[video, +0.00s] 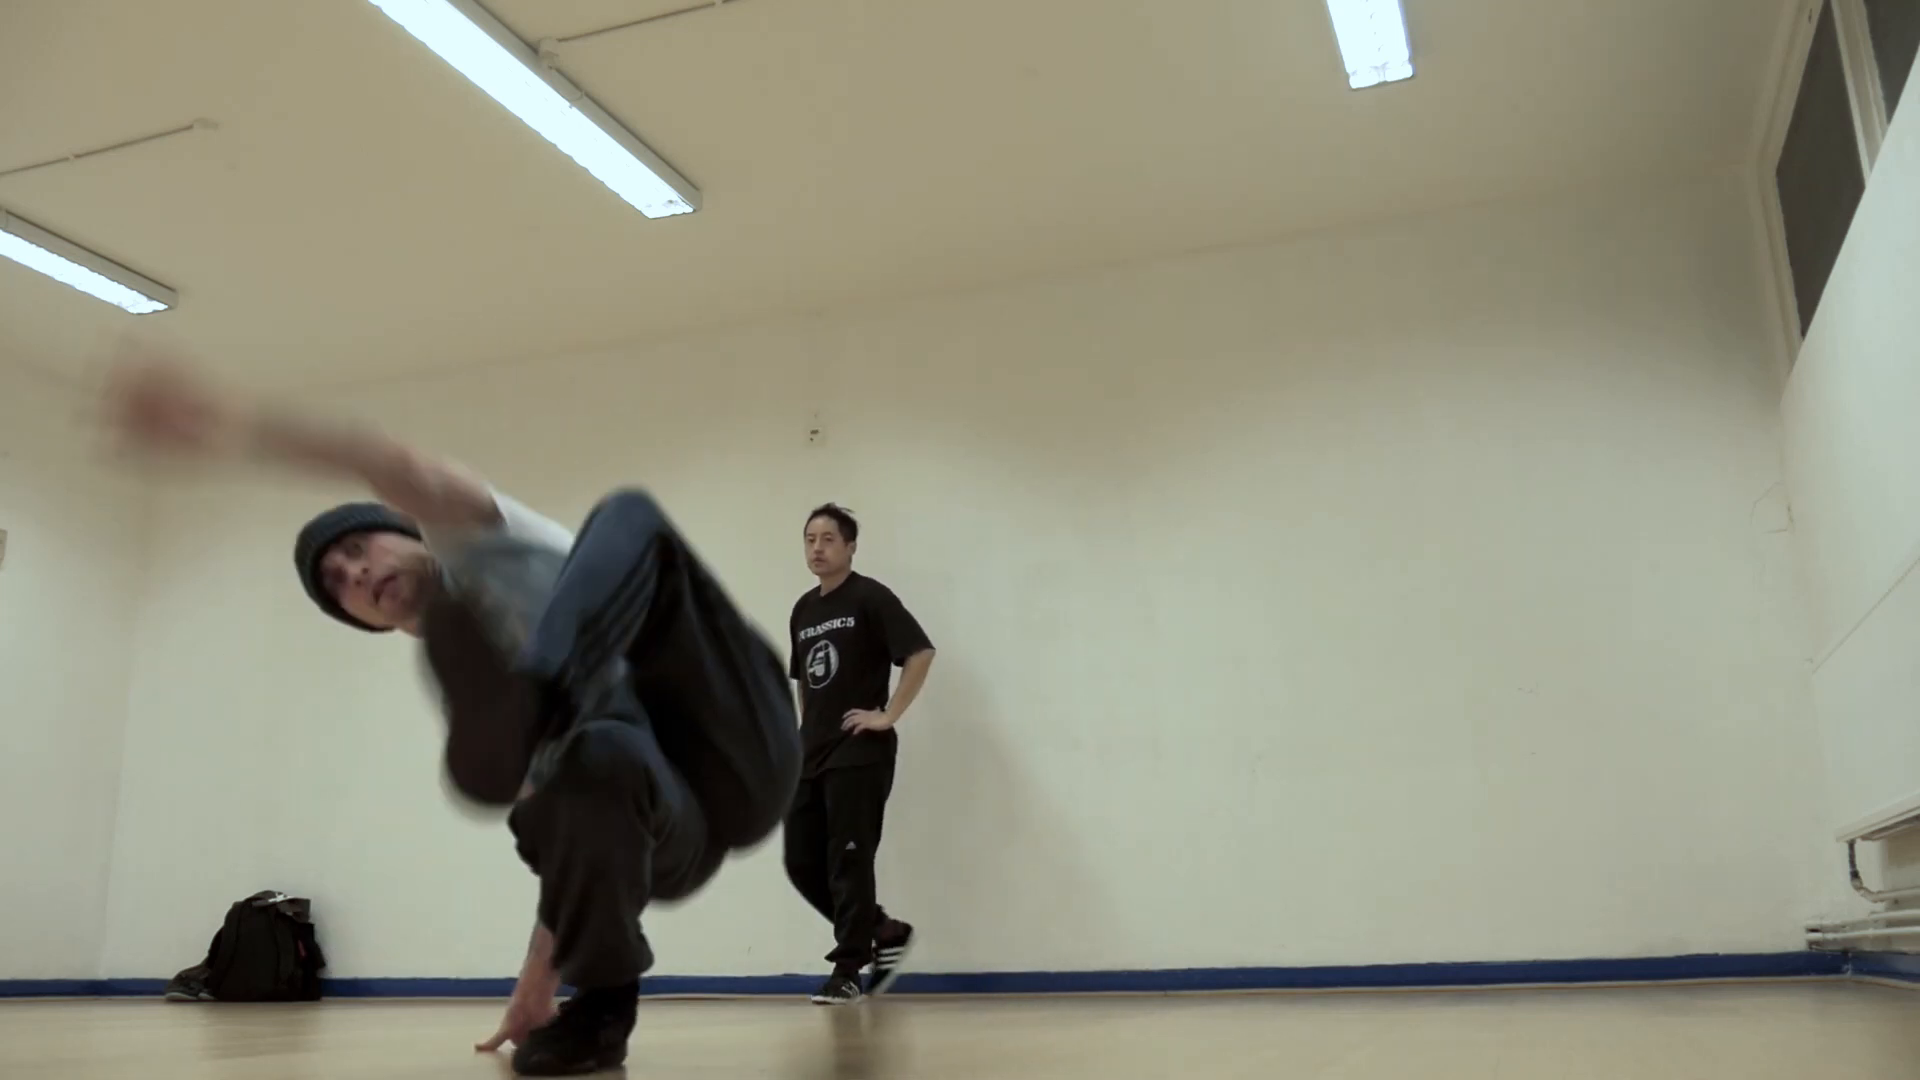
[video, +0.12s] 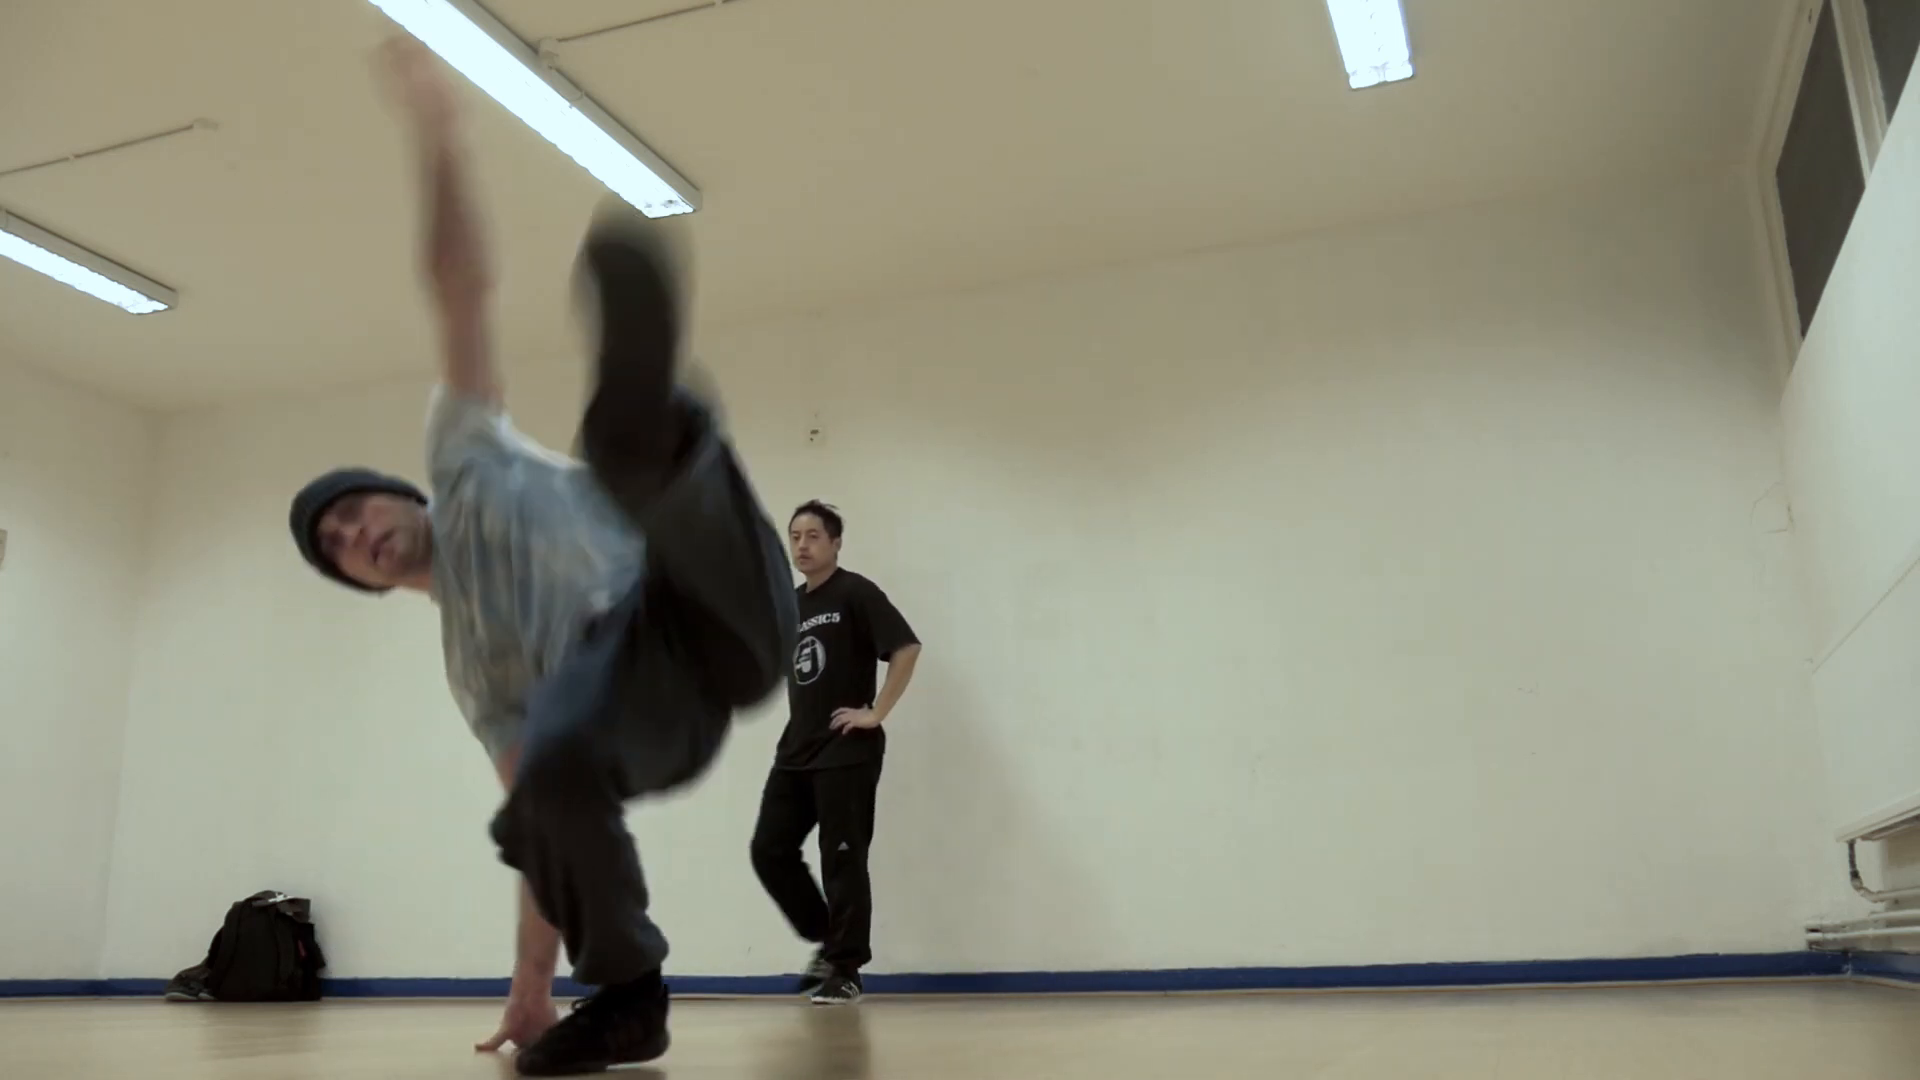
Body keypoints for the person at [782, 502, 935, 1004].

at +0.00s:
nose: (817, 547)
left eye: (828, 539)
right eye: (810, 539)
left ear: (850, 546)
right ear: (804, 547)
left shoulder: (871, 598)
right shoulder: (803, 610)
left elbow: (921, 653)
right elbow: (803, 682)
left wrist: (890, 715)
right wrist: (807, 731)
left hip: (860, 746)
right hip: (814, 750)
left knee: (849, 856)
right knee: (802, 863)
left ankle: (849, 970)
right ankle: (887, 934)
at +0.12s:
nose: (803, 544)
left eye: (813, 536)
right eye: (796, 537)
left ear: (835, 542)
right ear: (790, 545)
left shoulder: (856, 592)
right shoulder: (790, 603)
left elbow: (906, 648)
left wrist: (878, 712)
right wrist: (801, 713)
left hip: (847, 744)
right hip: (799, 745)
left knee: (843, 855)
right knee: (771, 851)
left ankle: (845, 972)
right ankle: (829, 940)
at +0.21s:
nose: (790, 544)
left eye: (800, 535)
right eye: (783, 535)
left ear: (823, 542)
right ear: (777, 545)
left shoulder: (845, 591)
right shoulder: (779, 607)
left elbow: (895, 646)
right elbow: (795, 672)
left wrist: (869, 713)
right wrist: (793, 720)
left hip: (840, 746)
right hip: (790, 747)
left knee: (839, 855)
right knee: (756, 849)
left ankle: (846, 973)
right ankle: (784, 961)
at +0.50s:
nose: (735, 542)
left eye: (745, 533)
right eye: (728, 534)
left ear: (767, 540)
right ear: (719, 544)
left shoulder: (793, 588)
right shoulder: (720, 609)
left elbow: (849, 643)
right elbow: (725, 676)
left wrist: (827, 712)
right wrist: (729, 724)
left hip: (794, 753)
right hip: (737, 755)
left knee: (814, 859)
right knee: (721, 860)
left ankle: (841, 969)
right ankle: (708, 973)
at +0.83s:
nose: (679, 537)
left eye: (689, 528)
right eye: (671, 530)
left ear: (710, 536)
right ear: (662, 542)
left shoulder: (747, 582)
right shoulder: (662, 608)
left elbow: (807, 634)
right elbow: (662, 675)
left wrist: (792, 704)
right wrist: (679, 728)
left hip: (754, 743)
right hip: (698, 749)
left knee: (756, 849)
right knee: (699, 849)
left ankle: (781, 950)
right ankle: (706, 969)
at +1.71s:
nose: (741, 545)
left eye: (751, 536)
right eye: (733, 538)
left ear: (770, 545)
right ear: (724, 549)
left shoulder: (806, 596)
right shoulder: (712, 613)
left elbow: (862, 650)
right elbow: (697, 672)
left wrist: (842, 722)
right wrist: (718, 730)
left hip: (804, 747)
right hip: (741, 752)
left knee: (821, 850)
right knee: (735, 854)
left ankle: (842, 962)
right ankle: (723, 973)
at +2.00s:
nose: (794, 550)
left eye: (805, 541)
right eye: (786, 541)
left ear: (825, 550)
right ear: (776, 551)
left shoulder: (857, 604)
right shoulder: (763, 609)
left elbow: (887, 685)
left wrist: (866, 754)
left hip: (836, 757)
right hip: (774, 757)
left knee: (843, 853)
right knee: (750, 853)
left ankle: (844, 966)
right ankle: (726, 959)